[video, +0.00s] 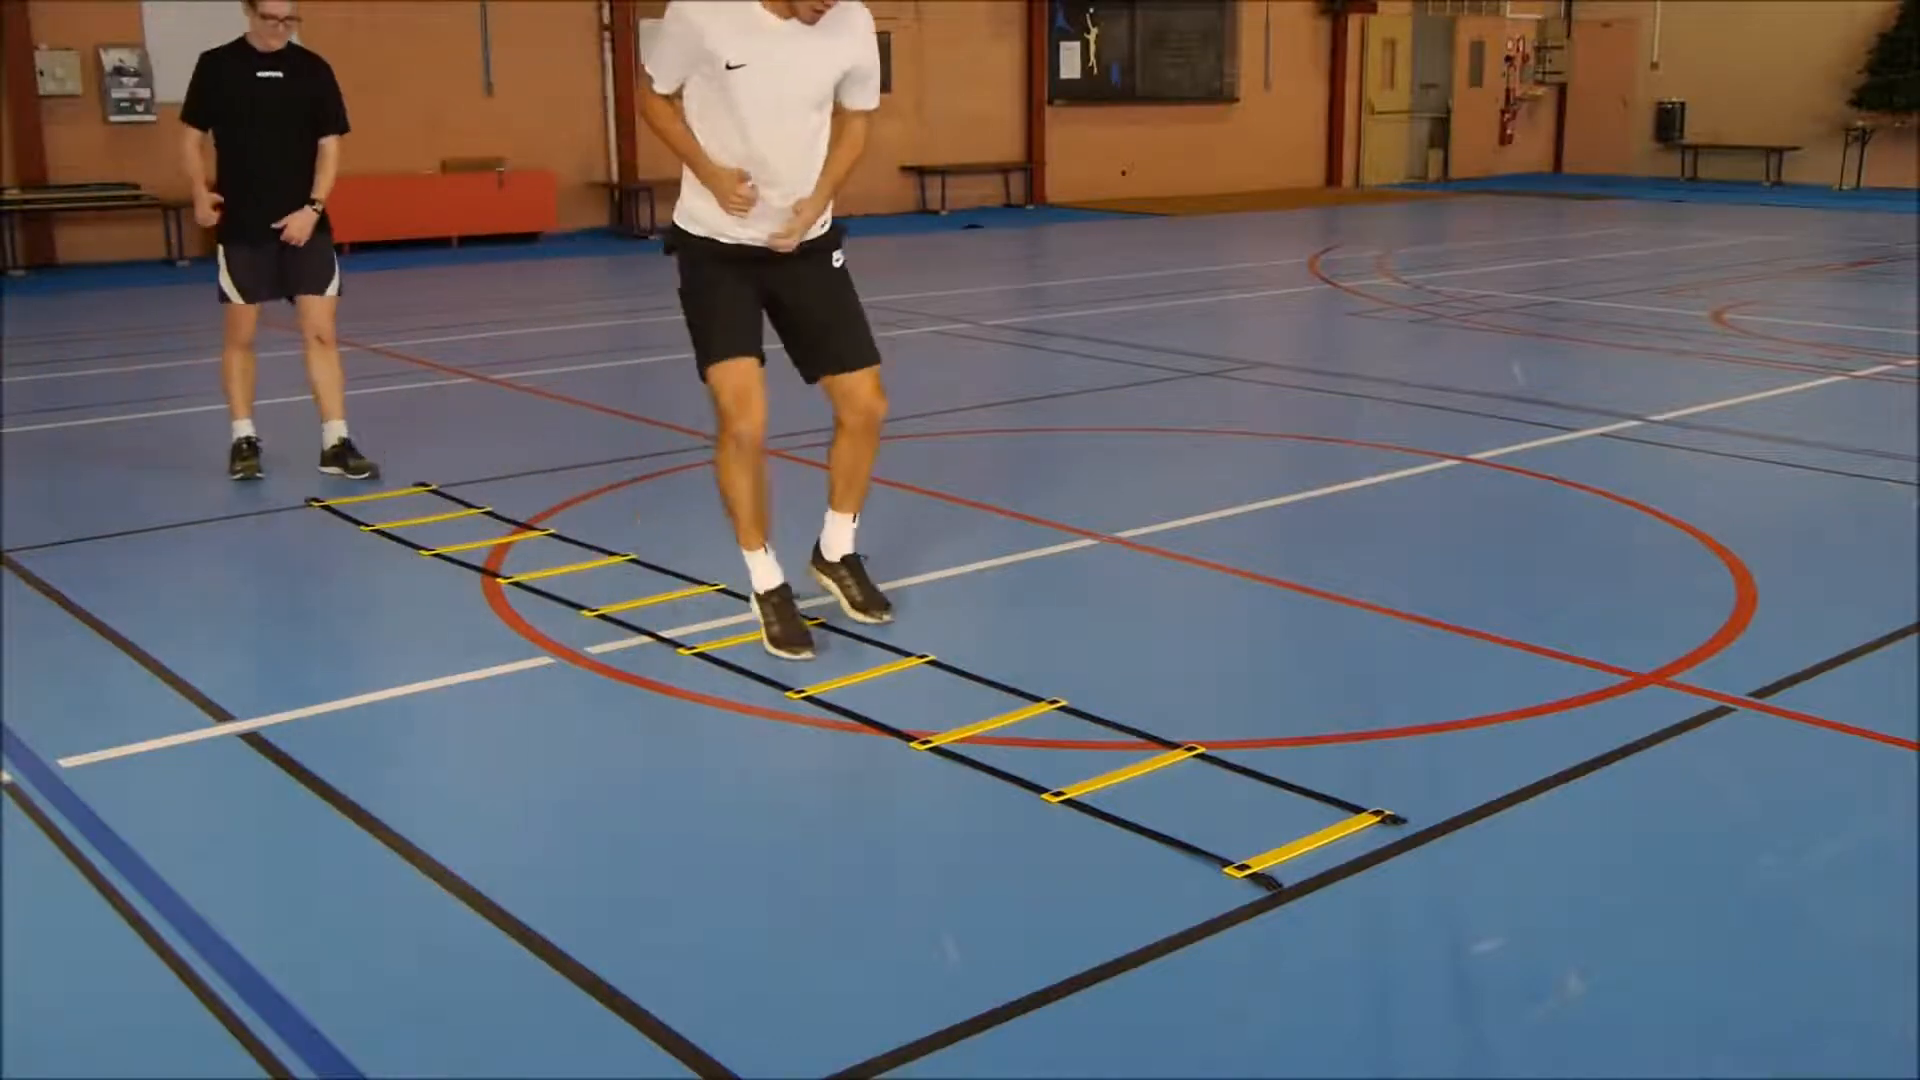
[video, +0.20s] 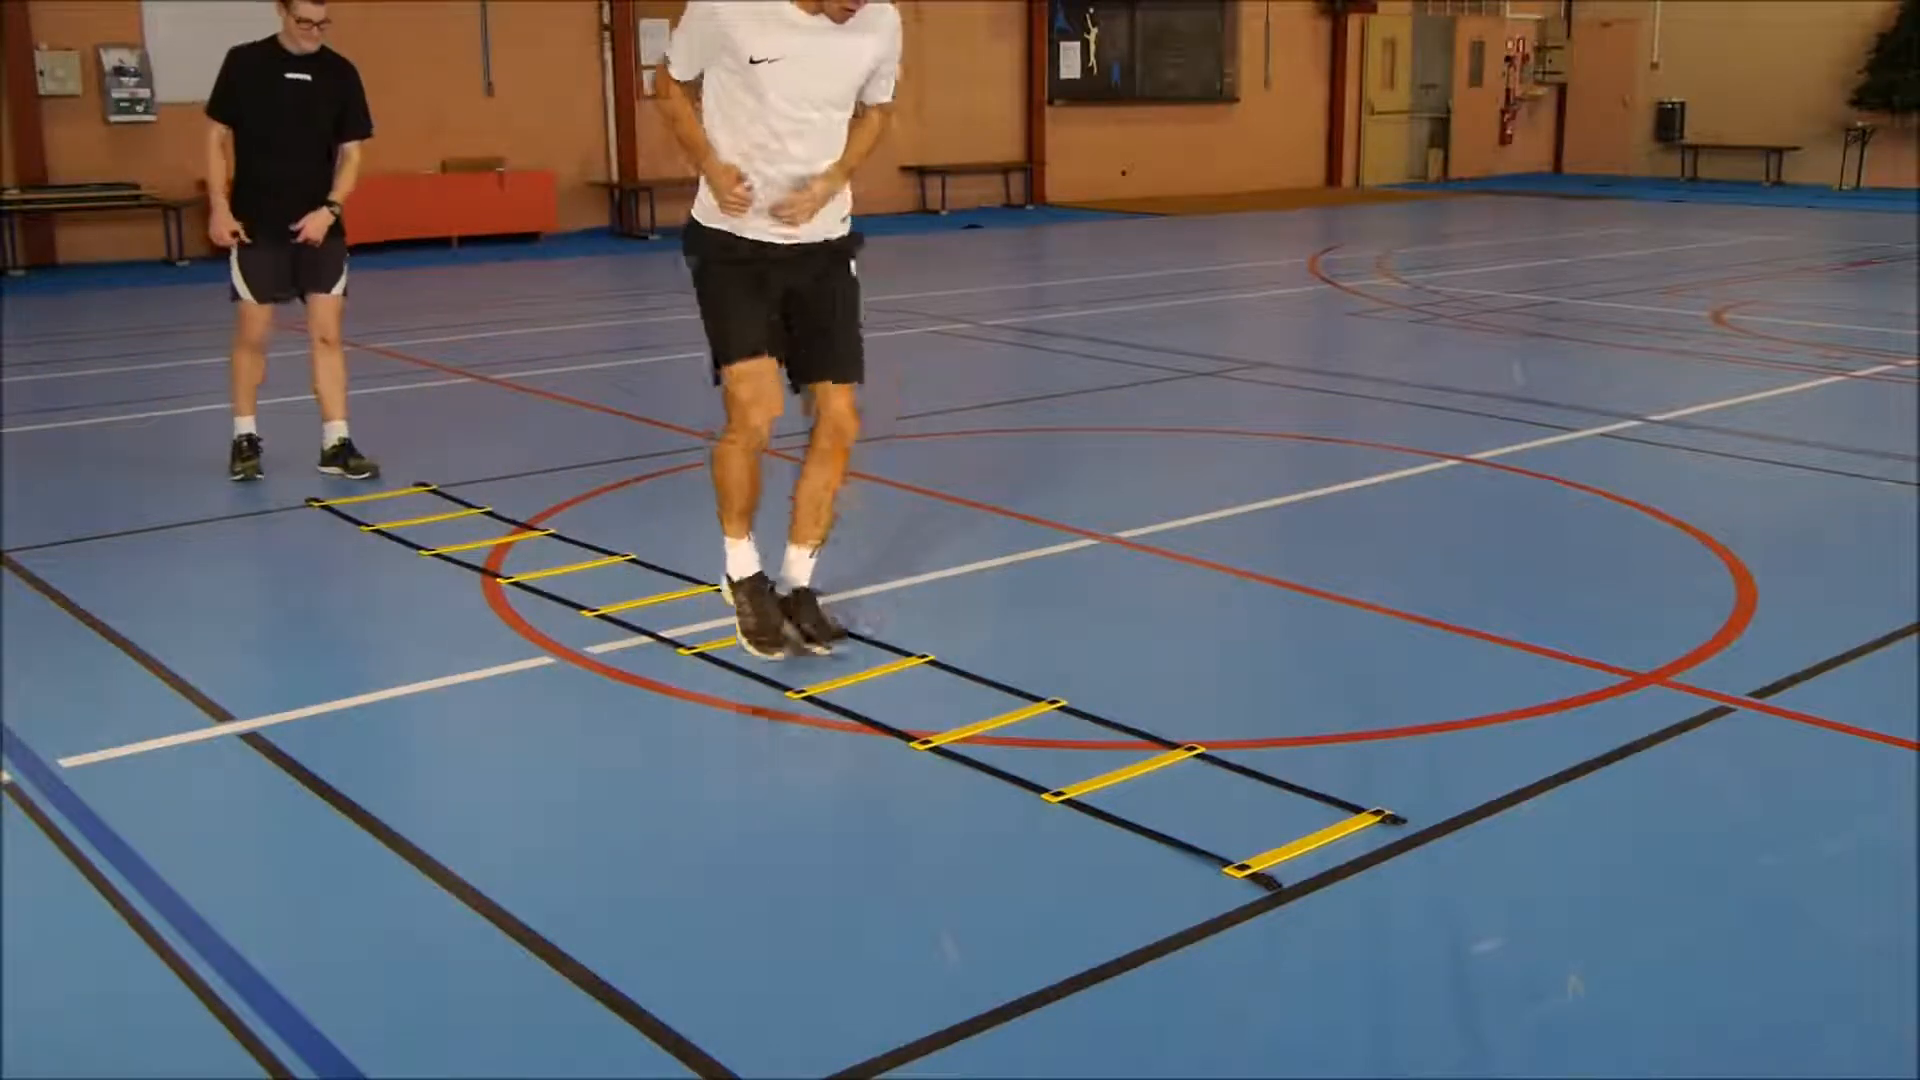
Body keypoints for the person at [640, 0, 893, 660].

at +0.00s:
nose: (822, 6)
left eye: (829, 3)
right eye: (813, 2)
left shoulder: (853, 24)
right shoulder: (698, 17)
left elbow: (854, 118)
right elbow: (654, 98)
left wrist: (818, 198)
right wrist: (708, 169)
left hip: (807, 242)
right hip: (714, 244)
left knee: (864, 405)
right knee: (744, 420)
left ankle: (835, 551)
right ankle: (767, 585)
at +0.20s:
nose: (853, 2)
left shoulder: (881, 21)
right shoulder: (722, 12)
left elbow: (874, 108)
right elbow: (670, 83)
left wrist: (831, 180)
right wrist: (708, 161)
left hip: (823, 243)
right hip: (731, 240)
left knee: (839, 421)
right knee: (755, 412)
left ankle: (797, 585)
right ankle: (743, 574)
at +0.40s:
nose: (891, 15)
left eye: (897, 6)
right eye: (880, 4)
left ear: (895, 4)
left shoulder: (888, 36)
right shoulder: (754, 37)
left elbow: (865, 123)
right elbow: (685, 137)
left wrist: (857, 198)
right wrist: (773, 217)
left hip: (845, 268)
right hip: (755, 280)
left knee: (951, 393)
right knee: (725, 459)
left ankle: (861, 544)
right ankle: (662, 628)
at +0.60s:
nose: (937, 17)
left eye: (945, 8)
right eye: (928, 6)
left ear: (948, 5)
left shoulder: (953, 33)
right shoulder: (795, 23)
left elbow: (948, 125)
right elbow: (738, 112)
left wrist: (918, 201)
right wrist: (793, 194)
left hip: (904, 264)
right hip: (805, 263)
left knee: (955, 429)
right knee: (797, 431)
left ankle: (931, 588)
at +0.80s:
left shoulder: (982, 16)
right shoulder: (827, 12)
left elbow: (965, 106)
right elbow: (758, 97)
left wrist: (942, 183)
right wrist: (836, 189)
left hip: (929, 253)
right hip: (837, 260)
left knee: (996, 421)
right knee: (882, 448)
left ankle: (923, 585)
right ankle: (870, 629)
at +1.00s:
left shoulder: (1015, 27)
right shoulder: (853, 14)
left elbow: (1002, 123)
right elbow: (785, 103)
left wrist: (968, 205)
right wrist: (864, 196)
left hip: (947, 270)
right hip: (849, 263)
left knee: (1005, 448)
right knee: (860, 446)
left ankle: (913, 609)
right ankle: (810, 652)